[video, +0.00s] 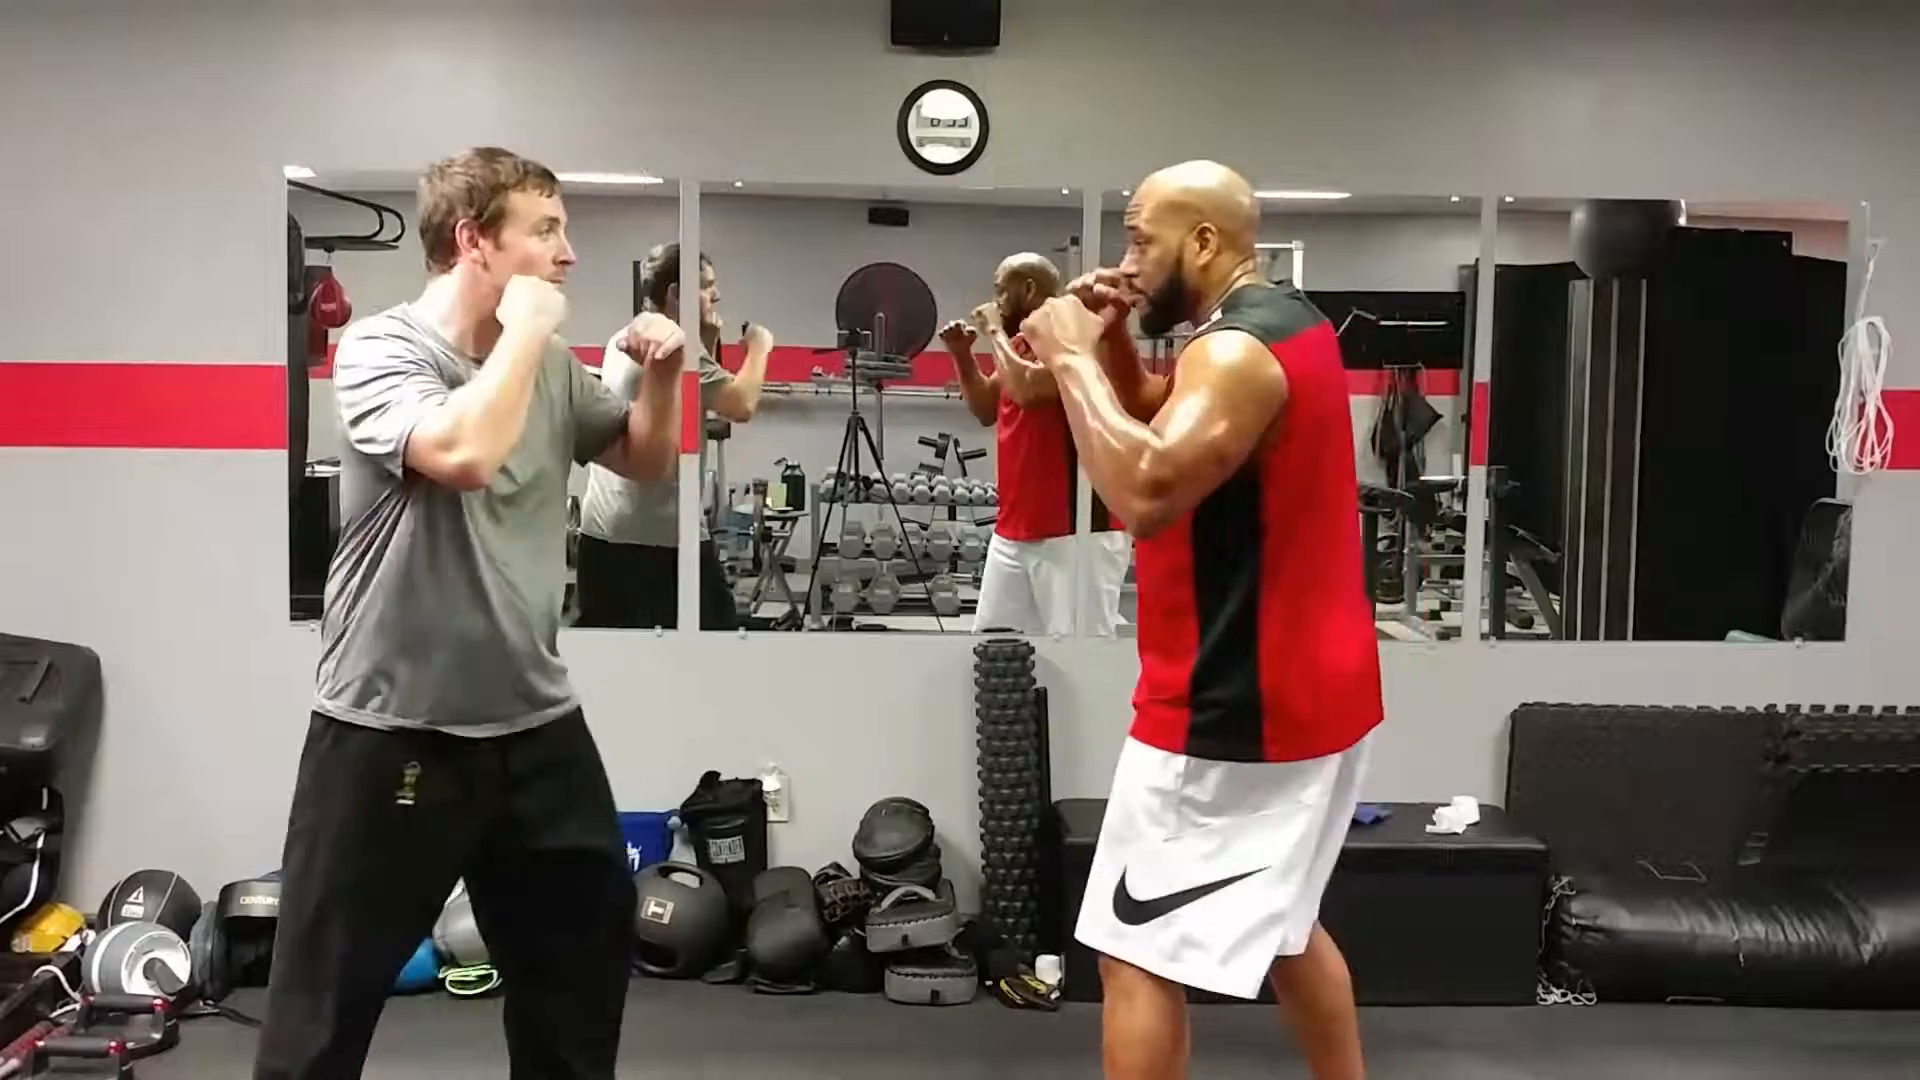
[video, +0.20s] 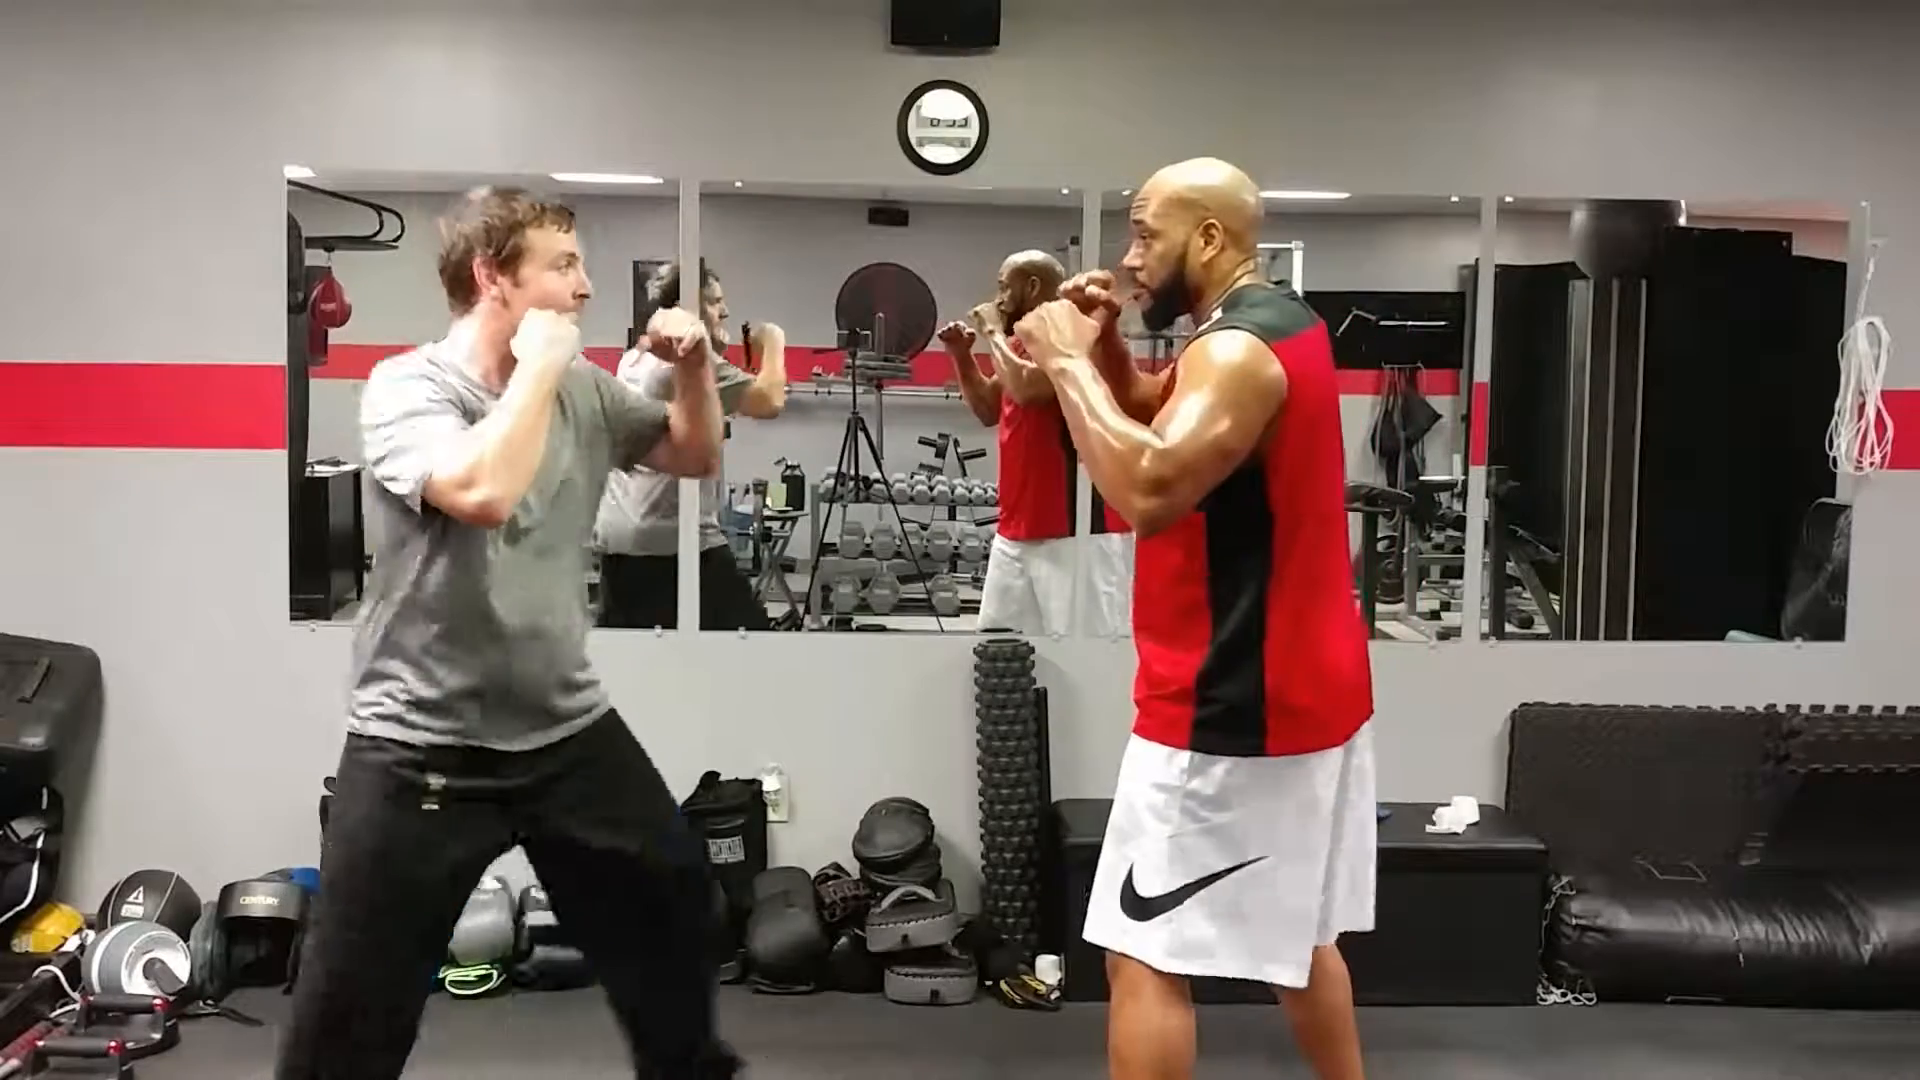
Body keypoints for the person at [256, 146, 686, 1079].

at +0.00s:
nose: (567, 254)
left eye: (565, 234)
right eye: (548, 233)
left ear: (486, 242)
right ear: (472, 243)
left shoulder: (548, 365)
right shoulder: (376, 350)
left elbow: (646, 460)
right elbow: (461, 452)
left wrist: (659, 374)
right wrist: (525, 329)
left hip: (536, 730)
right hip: (386, 735)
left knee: (579, 998)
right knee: (318, 1021)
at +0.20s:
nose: (581, 288)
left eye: (581, 270)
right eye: (563, 268)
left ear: (506, 279)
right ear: (492, 278)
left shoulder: (579, 389)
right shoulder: (402, 388)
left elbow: (695, 452)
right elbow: (480, 492)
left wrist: (693, 364)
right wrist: (540, 368)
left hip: (570, 734)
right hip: (417, 745)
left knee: (669, 913)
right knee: (347, 1007)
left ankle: (685, 1066)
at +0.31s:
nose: (632, 294)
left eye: (629, 276)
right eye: (611, 276)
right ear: (544, 293)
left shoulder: (621, 397)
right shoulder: (483, 400)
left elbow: (722, 484)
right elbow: (585, 479)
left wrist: (710, 384)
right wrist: (640, 369)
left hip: (598, 745)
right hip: (464, 759)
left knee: (711, 921)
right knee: (390, 1004)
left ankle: (795, 1073)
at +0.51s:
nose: (783, 304)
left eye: (775, 285)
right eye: (760, 287)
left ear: (699, 322)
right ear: (701, 317)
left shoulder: (661, 412)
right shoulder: (734, 411)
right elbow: (912, 479)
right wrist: (1038, 495)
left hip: (722, 740)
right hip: (632, 736)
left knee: (828, 948)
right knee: (523, 979)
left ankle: (857, 1073)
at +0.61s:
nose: (861, 320)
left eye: (854, 302)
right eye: (842, 303)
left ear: (781, 332)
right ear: (784, 328)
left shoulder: (730, 413)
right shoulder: (786, 434)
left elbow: (852, 424)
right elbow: (929, 562)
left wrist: (939, 474)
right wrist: (1071, 640)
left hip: (733, 730)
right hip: (660, 722)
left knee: (837, 903)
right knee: (606, 970)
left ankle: (863, 1074)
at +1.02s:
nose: (792, 294)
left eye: (789, 277)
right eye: (772, 277)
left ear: (723, 294)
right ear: (708, 290)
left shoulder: (751, 394)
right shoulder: (665, 405)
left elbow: (835, 485)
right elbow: (783, 567)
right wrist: (928, 649)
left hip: (749, 709)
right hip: (648, 713)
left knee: (858, 933)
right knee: (619, 990)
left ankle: (868, 1066)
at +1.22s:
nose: (712, 292)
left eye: (711, 273)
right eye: (695, 271)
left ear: (635, 280)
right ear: (627, 276)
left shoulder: (649, 370)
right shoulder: (602, 370)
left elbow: (700, 461)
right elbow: (664, 525)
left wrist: (795, 479)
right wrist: (789, 609)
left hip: (654, 698)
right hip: (562, 699)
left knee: (772, 865)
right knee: (566, 992)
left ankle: (748, 1062)